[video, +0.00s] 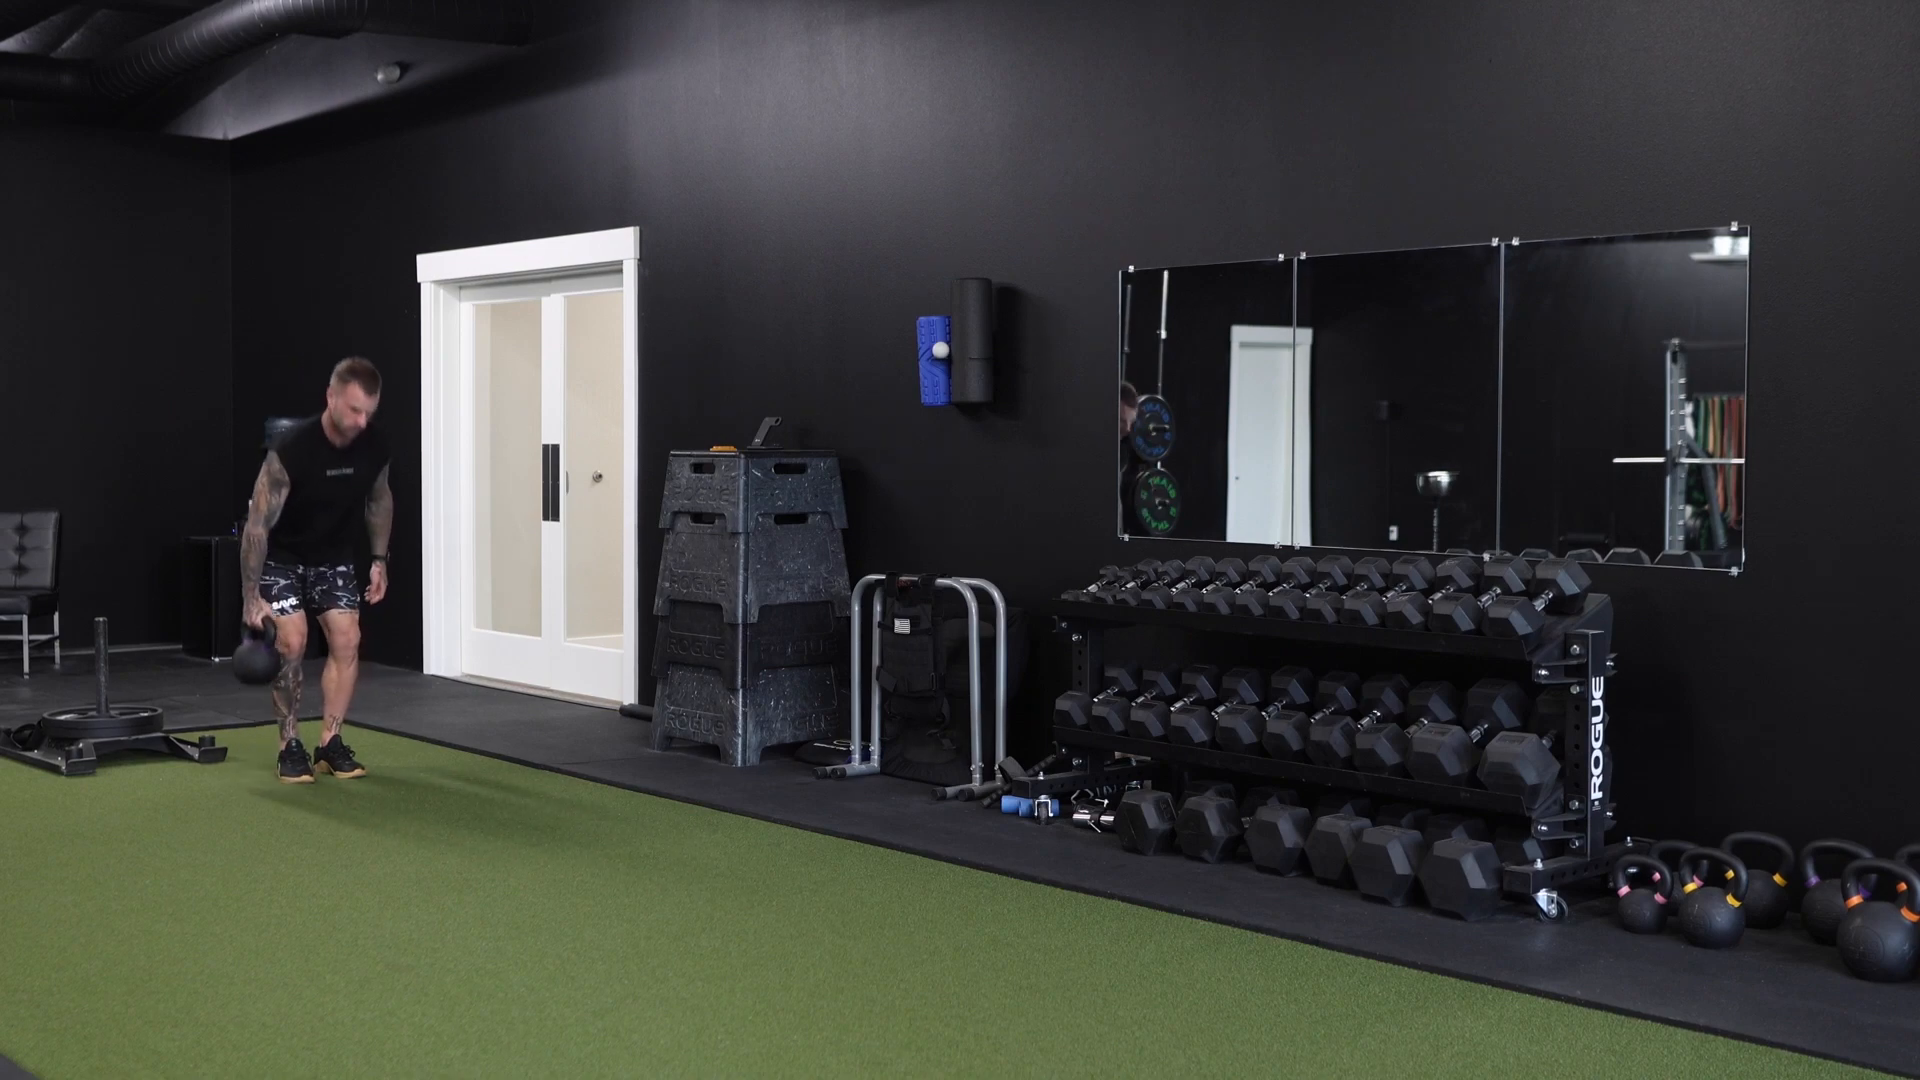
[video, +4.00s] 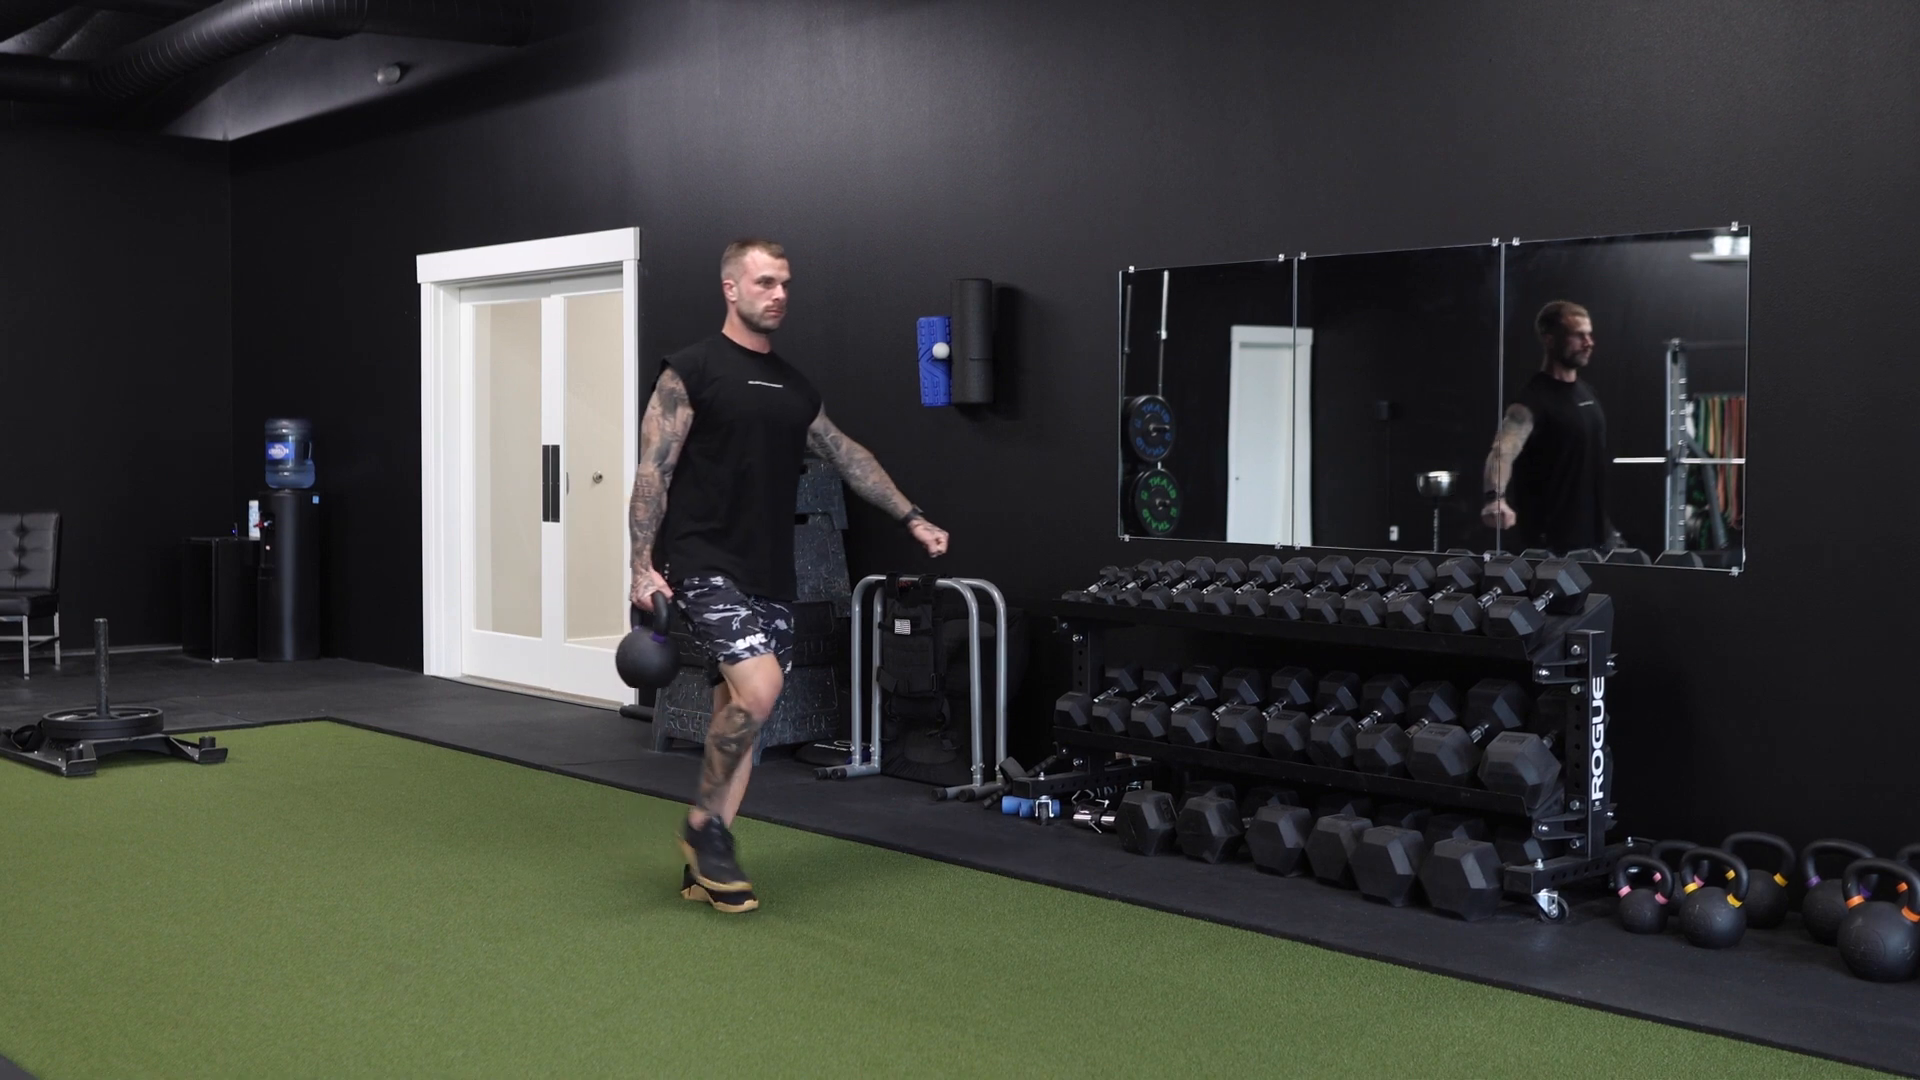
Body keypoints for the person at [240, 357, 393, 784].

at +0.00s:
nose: (362, 421)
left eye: (368, 413)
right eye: (354, 410)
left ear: (375, 408)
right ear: (330, 398)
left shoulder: (373, 447)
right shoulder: (291, 448)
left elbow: (379, 501)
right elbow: (257, 524)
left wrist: (379, 559)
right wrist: (251, 594)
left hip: (335, 556)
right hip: (280, 555)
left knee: (346, 641)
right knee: (291, 643)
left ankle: (331, 743)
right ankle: (290, 745)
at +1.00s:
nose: (371, 334)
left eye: (376, 326)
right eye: (361, 325)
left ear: (380, 333)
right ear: (335, 330)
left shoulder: (387, 402)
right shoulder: (301, 394)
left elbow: (411, 469)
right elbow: (273, 466)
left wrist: (437, 529)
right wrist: (261, 534)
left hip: (371, 547)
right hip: (311, 546)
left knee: (367, 648)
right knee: (303, 653)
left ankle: (361, 755)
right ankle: (292, 745)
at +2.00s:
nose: (457, 317)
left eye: (462, 309)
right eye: (446, 308)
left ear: (466, 316)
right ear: (419, 313)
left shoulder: (481, 391)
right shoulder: (386, 385)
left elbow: (529, 446)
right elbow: (362, 468)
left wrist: (582, 497)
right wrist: (352, 540)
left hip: (467, 546)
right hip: (402, 547)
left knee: (488, 647)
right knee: (411, 664)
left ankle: (431, 720)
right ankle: (411, 777)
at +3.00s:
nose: (602, 311)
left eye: (606, 302)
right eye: (590, 301)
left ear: (610, 310)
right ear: (559, 307)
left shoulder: (622, 391)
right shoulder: (524, 385)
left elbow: (672, 450)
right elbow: (495, 477)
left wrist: (730, 504)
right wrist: (487, 558)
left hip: (598, 562)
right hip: (540, 560)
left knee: (563, 685)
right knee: (566, 683)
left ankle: (515, 794)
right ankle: (589, 822)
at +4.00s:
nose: (779, 295)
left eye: (785, 285)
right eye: (765, 283)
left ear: (789, 294)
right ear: (730, 289)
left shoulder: (791, 384)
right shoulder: (690, 370)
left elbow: (846, 455)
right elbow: (652, 472)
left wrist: (911, 516)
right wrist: (642, 562)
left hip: (768, 569)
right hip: (700, 562)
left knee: (739, 718)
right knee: (760, 684)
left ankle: (707, 860)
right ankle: (706, 820)